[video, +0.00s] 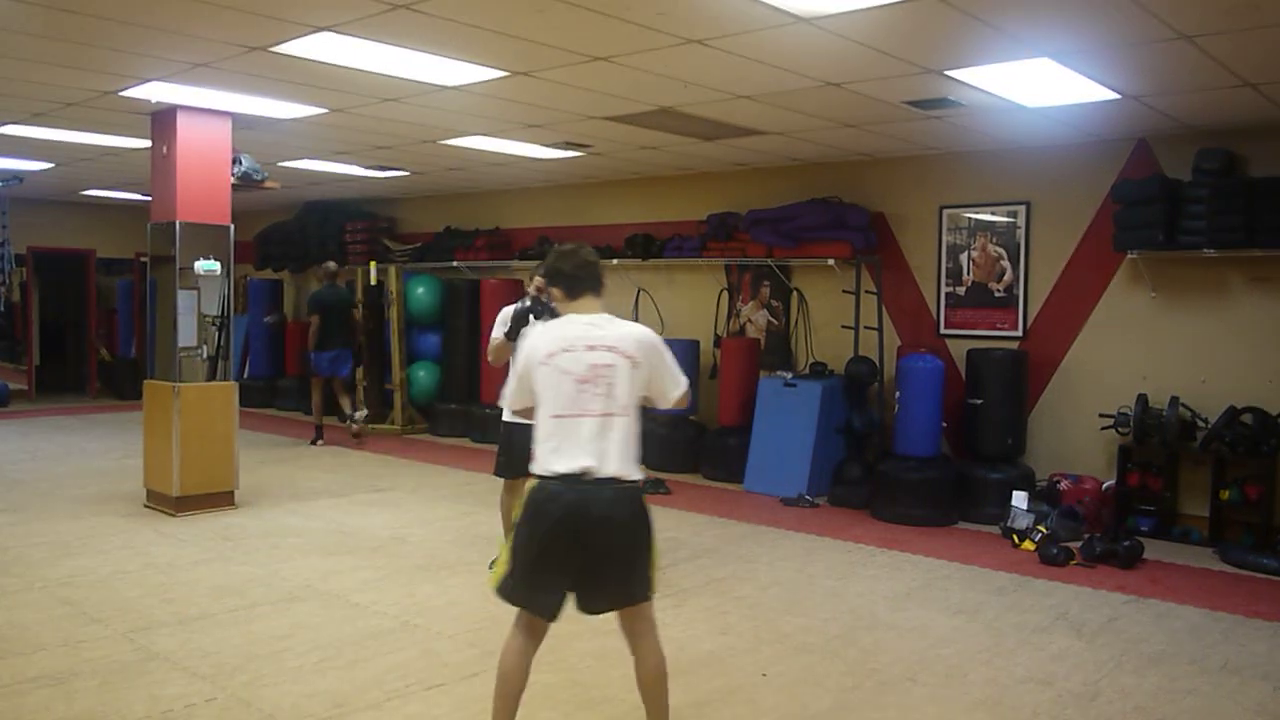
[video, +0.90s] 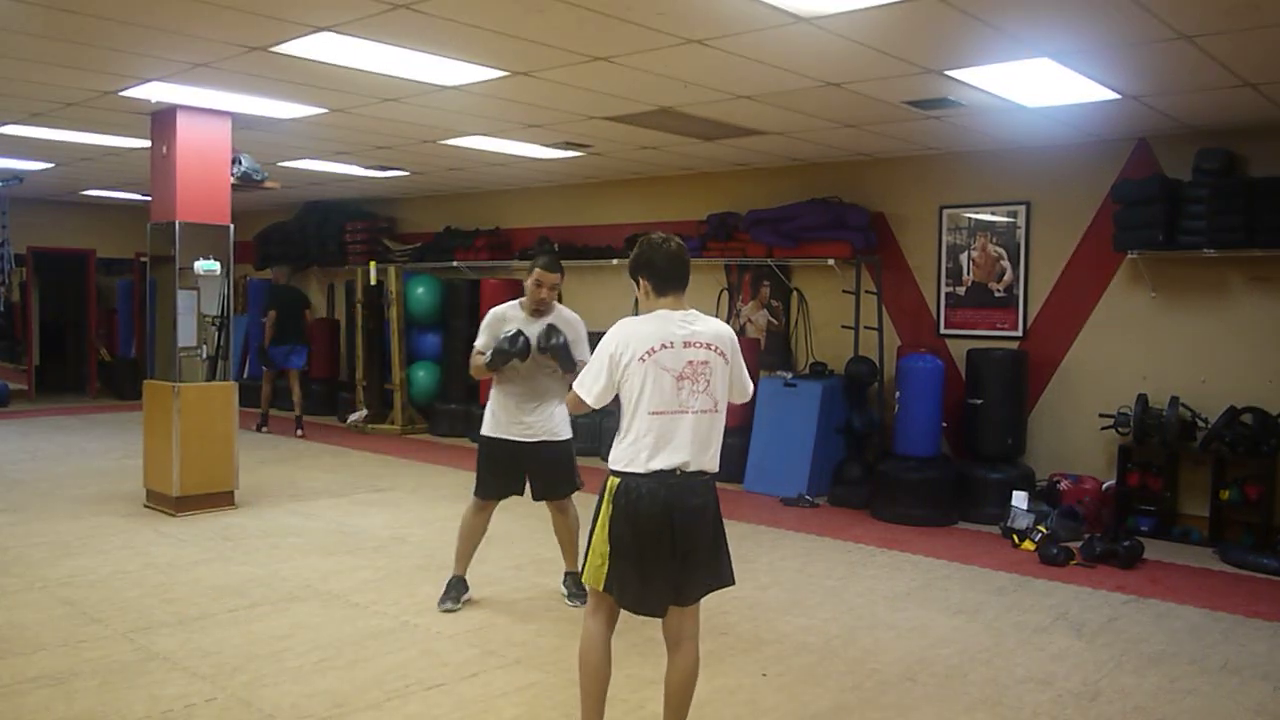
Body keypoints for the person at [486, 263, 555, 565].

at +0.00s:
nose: (539, 295)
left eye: (546, 291)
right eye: (536, 288)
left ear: (557, 292)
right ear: (528, 283)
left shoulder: (566, 320)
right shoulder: (511, 313)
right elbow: (495, 356)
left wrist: (554, 320)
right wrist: (517, 327)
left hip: (556, 414)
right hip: (518, 413)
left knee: (554, 485)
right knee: (513, 485)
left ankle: (549, 553)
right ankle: (510, 548)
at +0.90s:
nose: (544, 294)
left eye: (552, 288)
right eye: (538, 285)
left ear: (559, 288)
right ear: (525, 281)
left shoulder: (571, 322)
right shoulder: (499, 317)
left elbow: (585, 382)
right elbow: (475, 370)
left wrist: (563, 360)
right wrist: (497, 359)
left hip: (551, 433)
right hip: (501, 432)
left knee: (561, 502)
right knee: (482, 502)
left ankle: (572, 575)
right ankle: (457, 579)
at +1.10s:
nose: (516, 293)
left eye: (523, 286)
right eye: (510, 284)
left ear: (530, 287)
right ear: (497, 280)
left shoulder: (542, 320)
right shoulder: (469, 316)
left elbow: (558, 375)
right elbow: (446, 368)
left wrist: (541, 362)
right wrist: (476, 360)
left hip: (530, 431)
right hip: (477, 431)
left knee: (550, 499)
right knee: (466, 505)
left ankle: (570, 570)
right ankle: (457, 580)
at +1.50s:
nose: (489, 290)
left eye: (495, 283)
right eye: (482, 282)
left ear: (501, 283)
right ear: (465, 278)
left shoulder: (511, 314)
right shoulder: (442, 317)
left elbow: (532, 367)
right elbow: (435, 369)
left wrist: (520, 327)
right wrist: (462, 330)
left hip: (511, 426)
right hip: (460, 431)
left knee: (537, 498)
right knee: (459, 508)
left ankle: (537, 567)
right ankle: (456, 581)